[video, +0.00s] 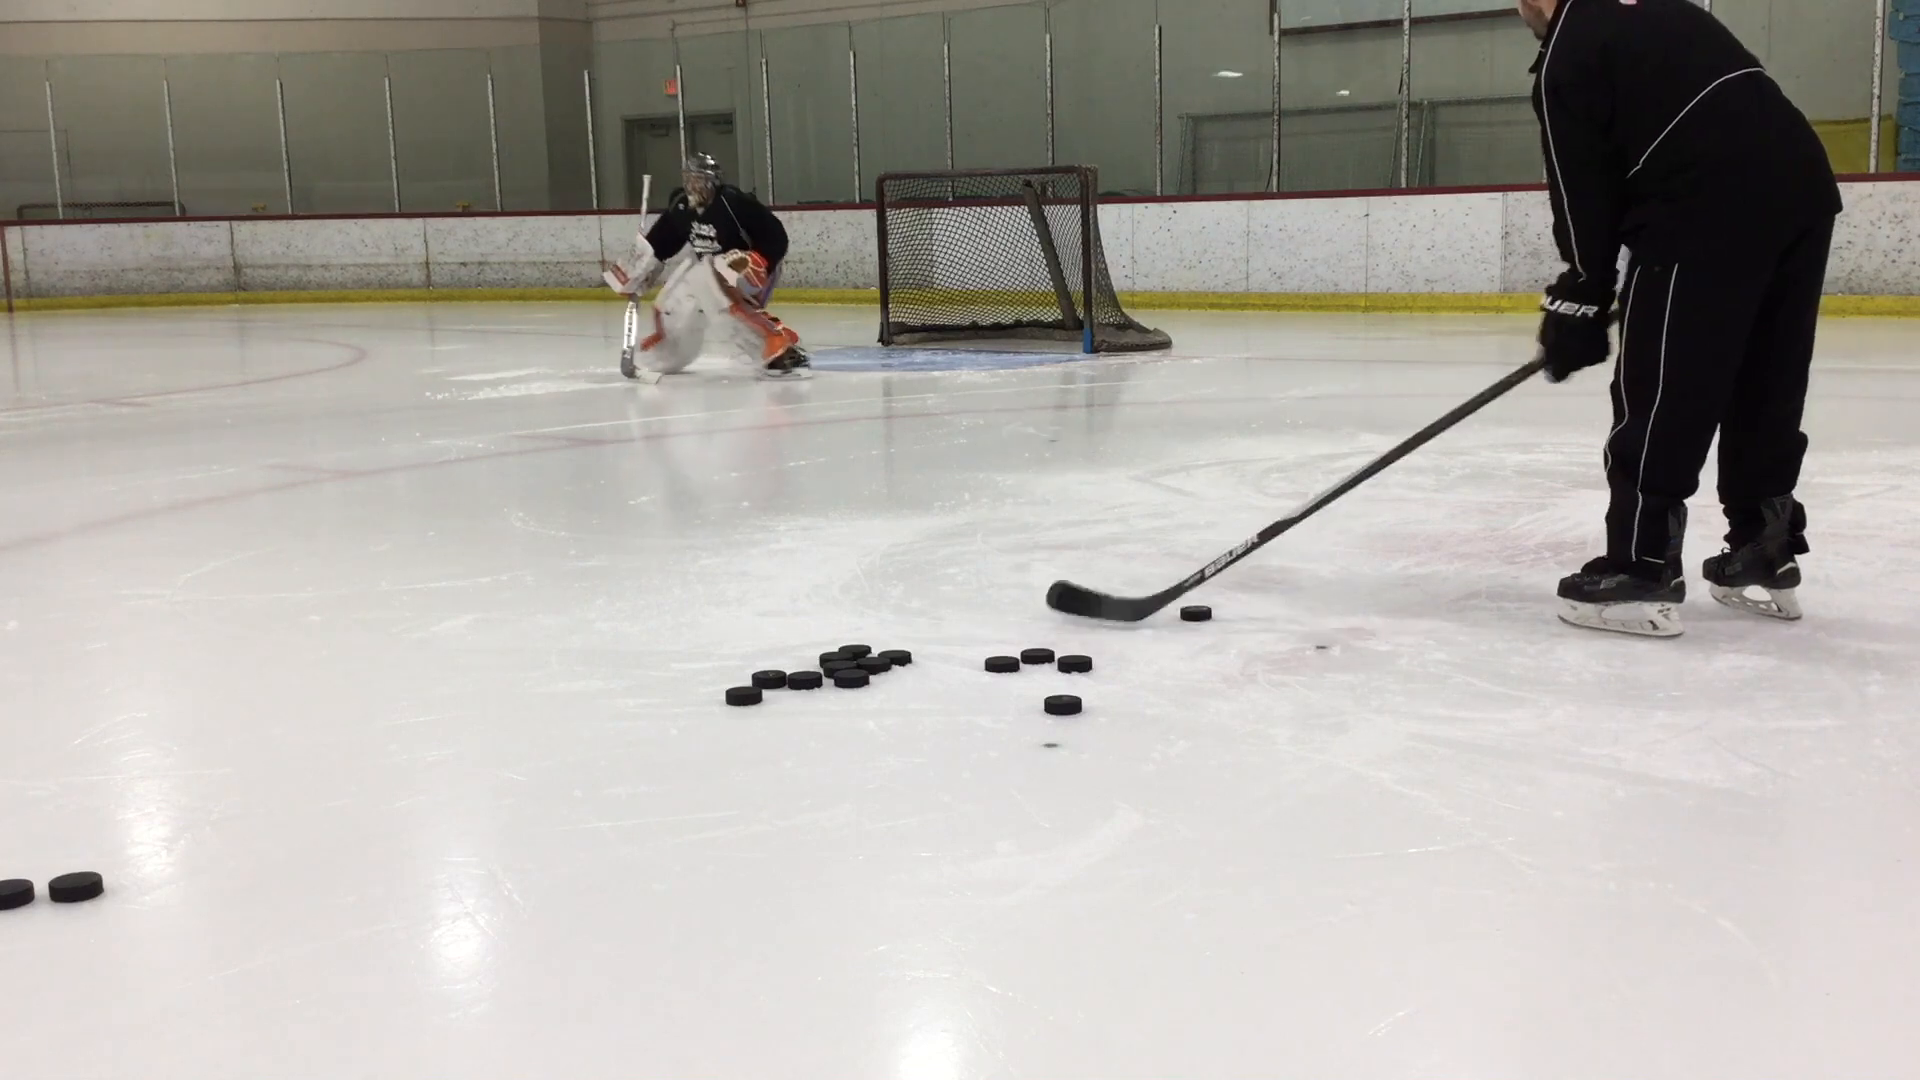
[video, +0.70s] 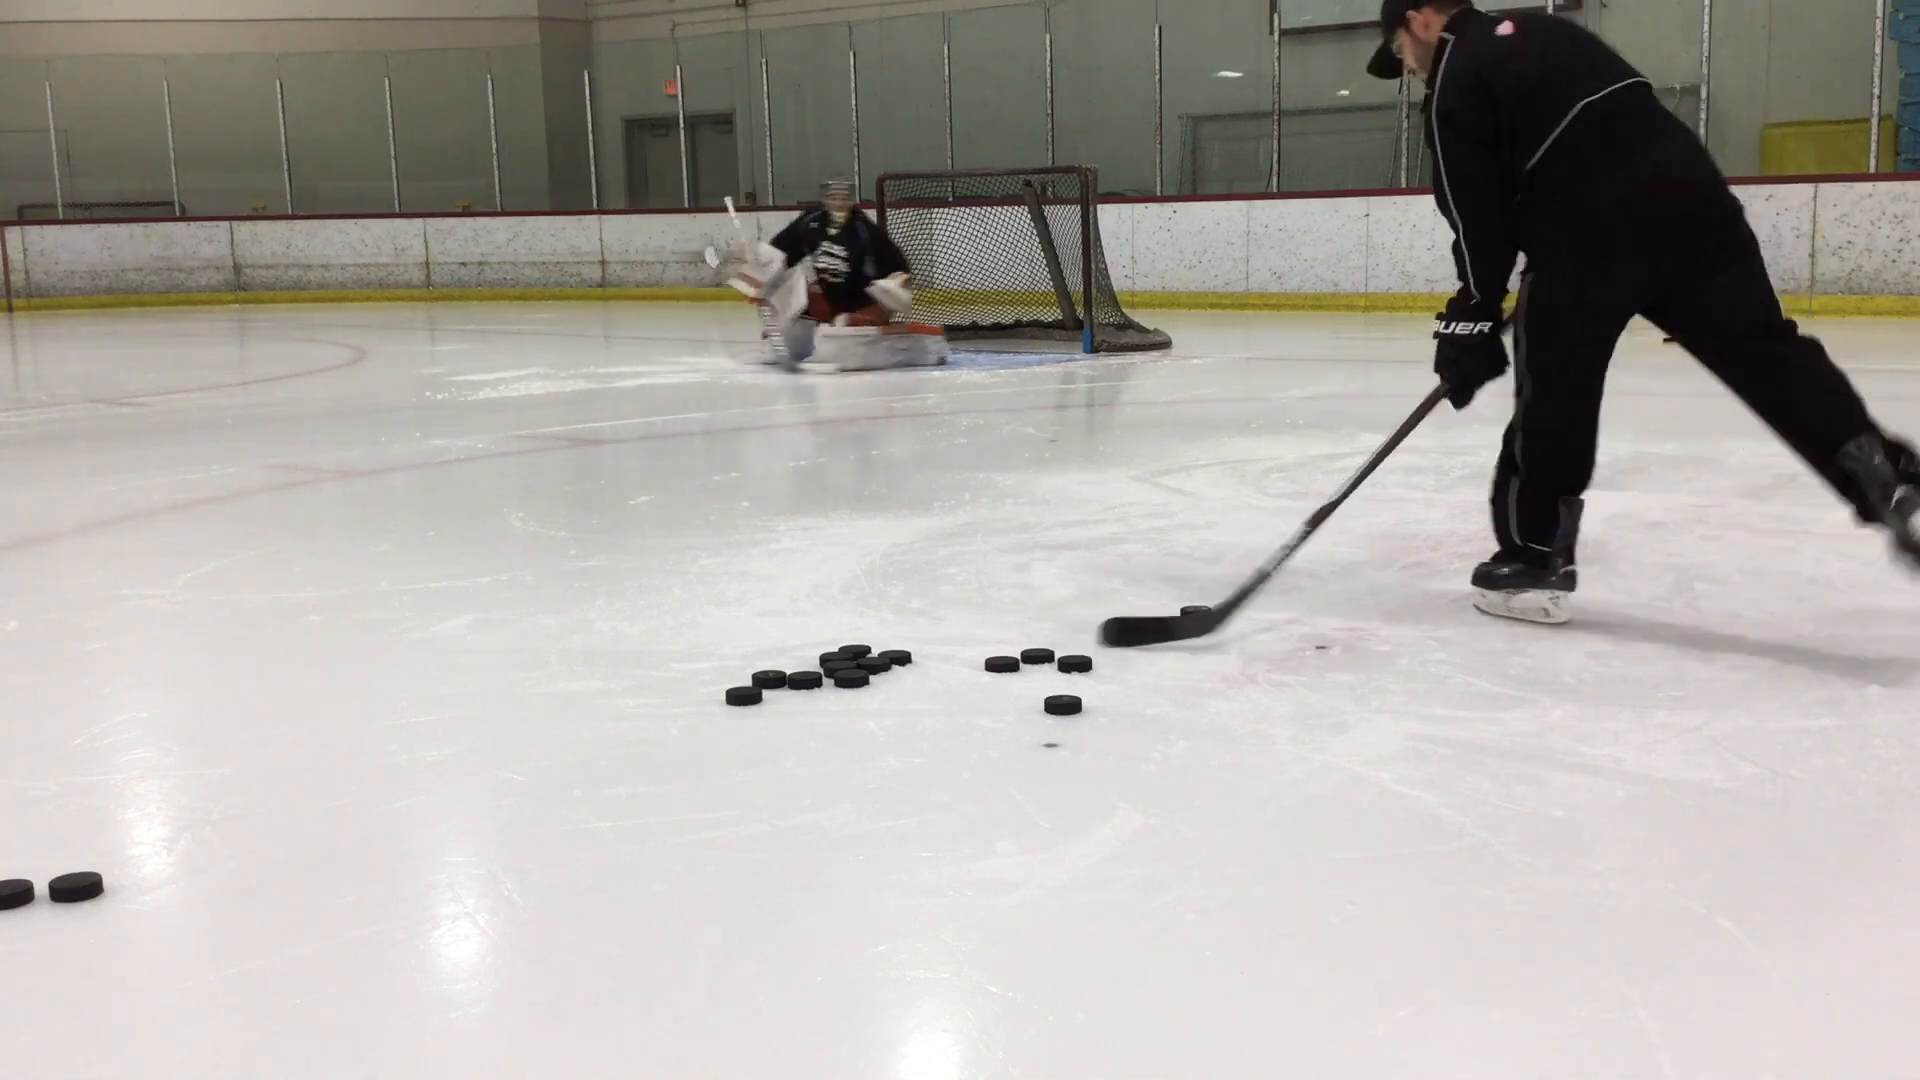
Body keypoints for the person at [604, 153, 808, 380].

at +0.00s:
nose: (694, 185)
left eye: (700, 179)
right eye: (690, 179)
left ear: (714, 181)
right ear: (684, 180)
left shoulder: (734, 202)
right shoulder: (683, 205)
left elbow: (776, 236)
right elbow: (661, 241)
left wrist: (755, 264)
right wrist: (636, 272)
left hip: (746, 269)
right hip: (704, 270)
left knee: (723, 306)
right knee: (672, 306)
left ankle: (781, 349)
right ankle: (666, 357)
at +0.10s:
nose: (712, 189)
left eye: (719, 184)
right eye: (709, 183)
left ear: (731, 185)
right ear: (703, 184)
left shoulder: (749, 207)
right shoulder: (699, 207)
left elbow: (790, 241)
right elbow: (679, 243)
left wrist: (773, 269)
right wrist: (657, 270)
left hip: (752, 282)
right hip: (715, 282)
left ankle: (808, 355)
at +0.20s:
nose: (736, 196)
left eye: (742, 190)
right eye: (732, 190)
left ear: (754, 192)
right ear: (726, 192)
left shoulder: (774, 218)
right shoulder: (720, 219)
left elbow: (810, 253)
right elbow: (696, 252)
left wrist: (789, 277)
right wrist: (675, 277)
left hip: (775, 305)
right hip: (741, 308)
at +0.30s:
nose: (753, 202)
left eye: (760, 197)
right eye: (749, 196)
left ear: (773, 199)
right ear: (744, 198)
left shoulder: (790, 226)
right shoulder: (741, 224)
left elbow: (821, 266)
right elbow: (718, 255)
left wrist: (799, 292)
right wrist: (698, 280)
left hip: (789, 313)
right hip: (751, 310)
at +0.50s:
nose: (787, 203)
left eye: (793, 197)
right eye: (782, 198)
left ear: (802, 200)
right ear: (774, 200)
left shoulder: (813, 224)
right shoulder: (766, 224)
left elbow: (839, 258)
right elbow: (739, 252)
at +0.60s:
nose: (808, 204)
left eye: (813, 199)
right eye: (802, 199)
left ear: (821, 201)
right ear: (793, 201)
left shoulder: (832, 224)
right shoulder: (783, 224)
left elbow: (863, 256)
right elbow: (754, 253)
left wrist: (867, 279)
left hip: (830, 292)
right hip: (793, 291)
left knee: (855, 310)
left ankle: (808, 316)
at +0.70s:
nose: (839, 203)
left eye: (844, 199)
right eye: (834, 198)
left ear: (851, 201)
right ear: (824, 200)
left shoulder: (864, 228)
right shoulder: (810, 222)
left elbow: (893, 258)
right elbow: (777, 248)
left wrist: (898, 279)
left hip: (857, 300)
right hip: (817, 299)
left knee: (883, 314)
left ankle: (846, 321)